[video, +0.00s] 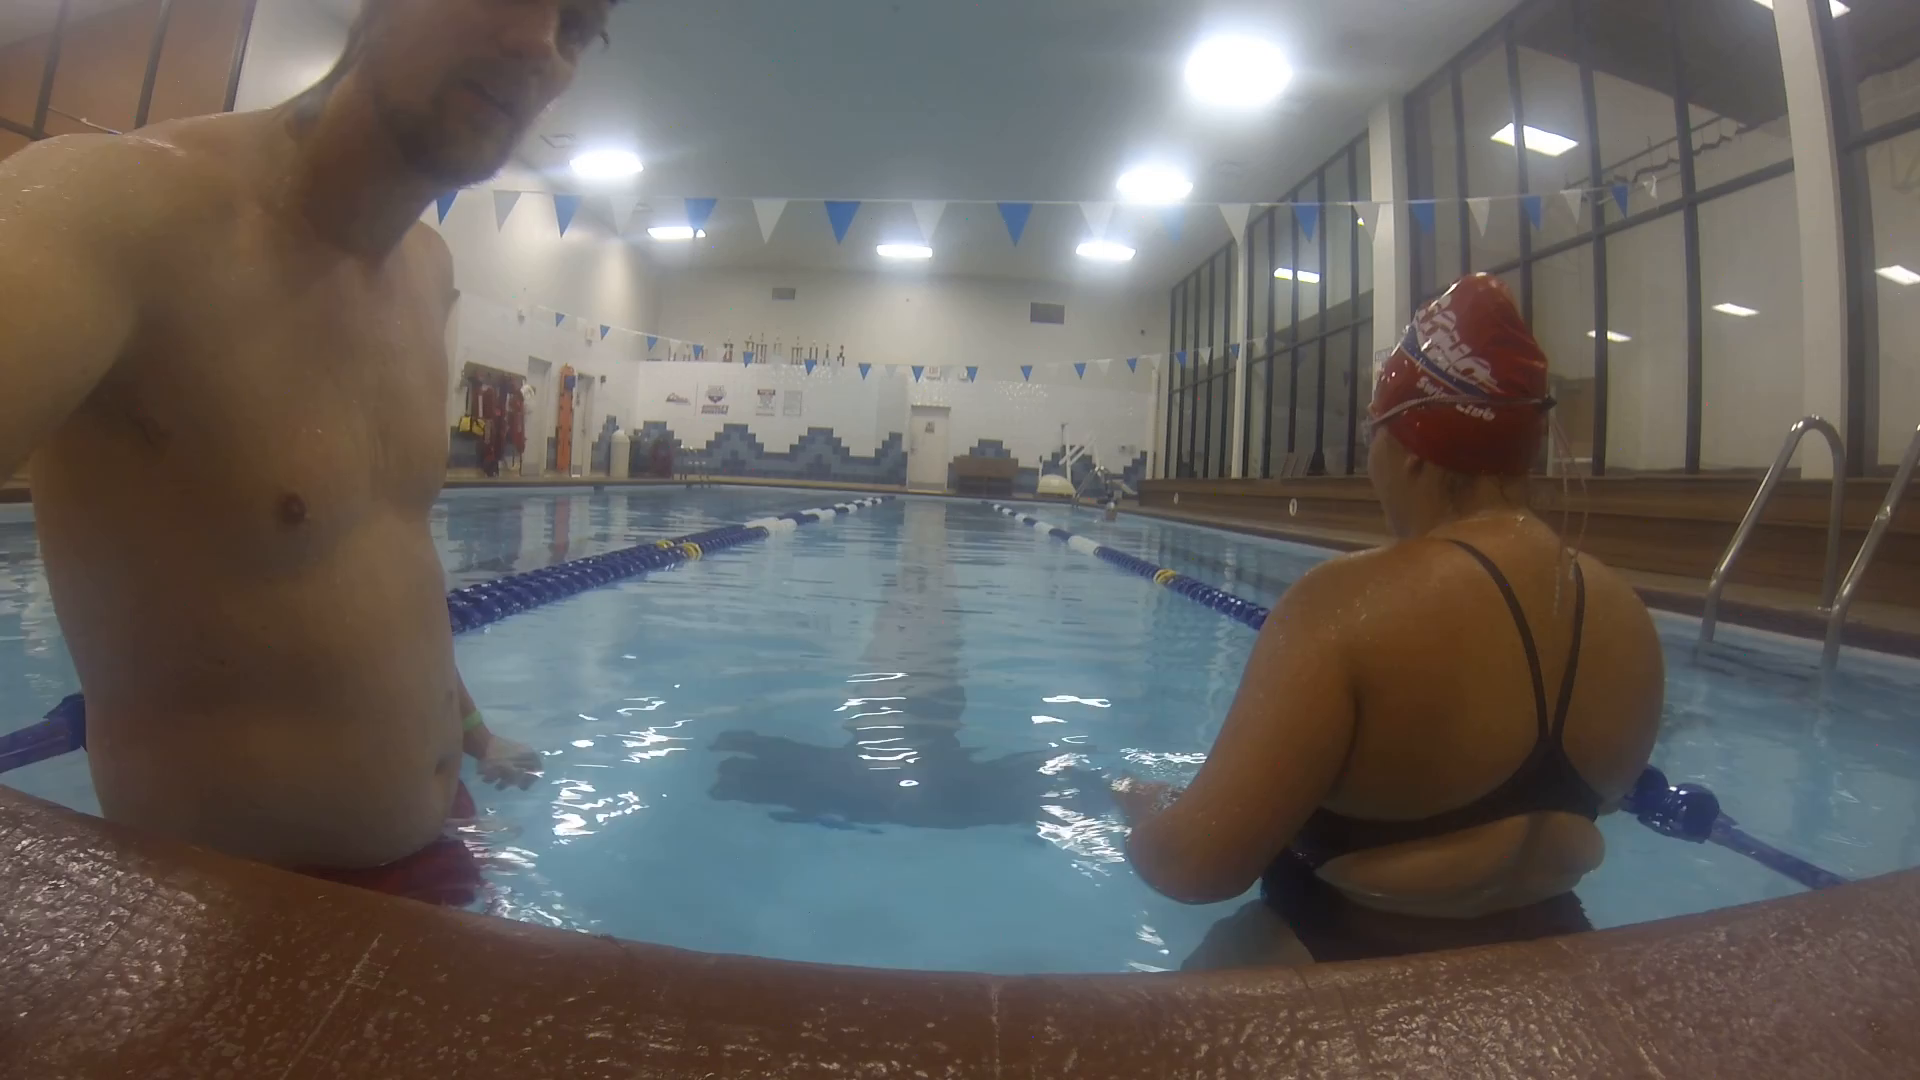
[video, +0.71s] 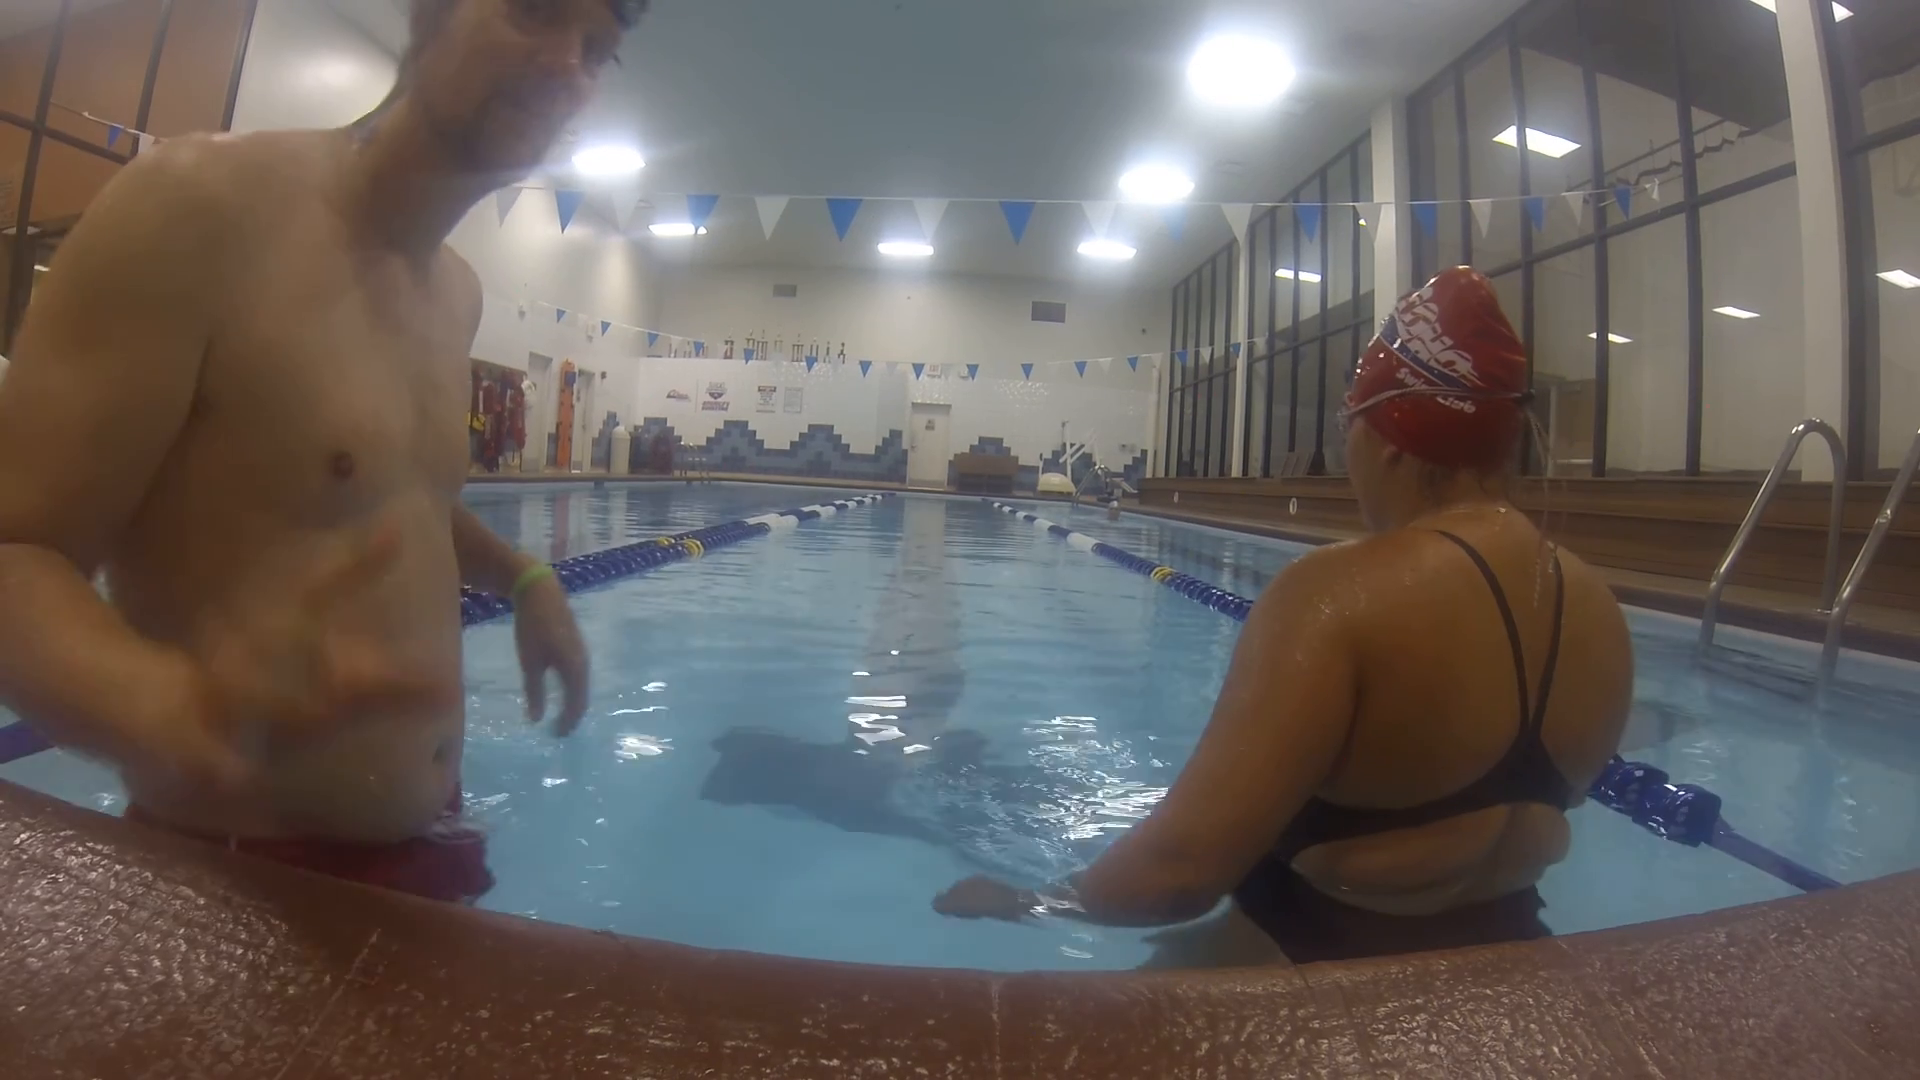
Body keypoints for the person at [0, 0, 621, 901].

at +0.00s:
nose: (540, 45)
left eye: (576, 29)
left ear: (576, 73)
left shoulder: (425, 262)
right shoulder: (104, 212)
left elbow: (379, 554)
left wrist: (467, 726)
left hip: (432, 871)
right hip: (226, 910)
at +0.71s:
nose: (565, 68)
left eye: (596, 49)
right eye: (533, 15)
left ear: (602, 83)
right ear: (427, 12)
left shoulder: (454, 290)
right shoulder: (196, 207)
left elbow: (396, 499)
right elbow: (19, 550)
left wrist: (521, 576)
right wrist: (171, 704)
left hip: (420, 866)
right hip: (227, 878)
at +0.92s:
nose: (527, 80)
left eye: (557, 58)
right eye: (494, 28)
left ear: (564, 93)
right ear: (396, 30)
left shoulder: (454, 295)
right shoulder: (200, 226)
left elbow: (413, 505)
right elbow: (18, 588)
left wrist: (527, 579)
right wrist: (181, 546)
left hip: (438, 837)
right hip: (251, 848)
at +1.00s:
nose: (523, 97)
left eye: (550, 78)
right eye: (490, 50)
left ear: (556, 114)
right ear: (398, 61)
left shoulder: (459, 305)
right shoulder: (215, 244)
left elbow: (418, 511)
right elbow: (16, 582)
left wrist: (522, 586)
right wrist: (198, 495)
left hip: (441, 826)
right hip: (267, 839)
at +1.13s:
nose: (514, 137)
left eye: (541, 112)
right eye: (480, 94)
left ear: (552, 143)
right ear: (401, 104)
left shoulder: (475, 336)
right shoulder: (239, 292)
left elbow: (433, 522)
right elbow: (53, 613)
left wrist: (526, 608)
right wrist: (220, 468)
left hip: (454, 821)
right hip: (289, 833)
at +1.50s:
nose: (550, 203)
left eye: (572, 191)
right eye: (526, 168)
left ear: (575, 222)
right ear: (456, 175)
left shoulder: (521, 378)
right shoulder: (314, 319)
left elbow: (515, 536)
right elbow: (185, 551)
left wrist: (544, 610)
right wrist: (266, 514)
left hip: (468, 771)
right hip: (337, 768)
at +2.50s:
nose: (650, 340)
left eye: (670, 326)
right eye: (635, 303)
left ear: (675, 340)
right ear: (568, 282)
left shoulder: (573, 461)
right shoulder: (407, 343)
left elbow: (529, 598)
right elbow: (224, 508)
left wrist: (544, 631)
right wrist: (398, 487)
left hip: (451, 739)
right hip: (307, 729)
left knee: (498, 843)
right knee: (312, 913)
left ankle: (456, 917)